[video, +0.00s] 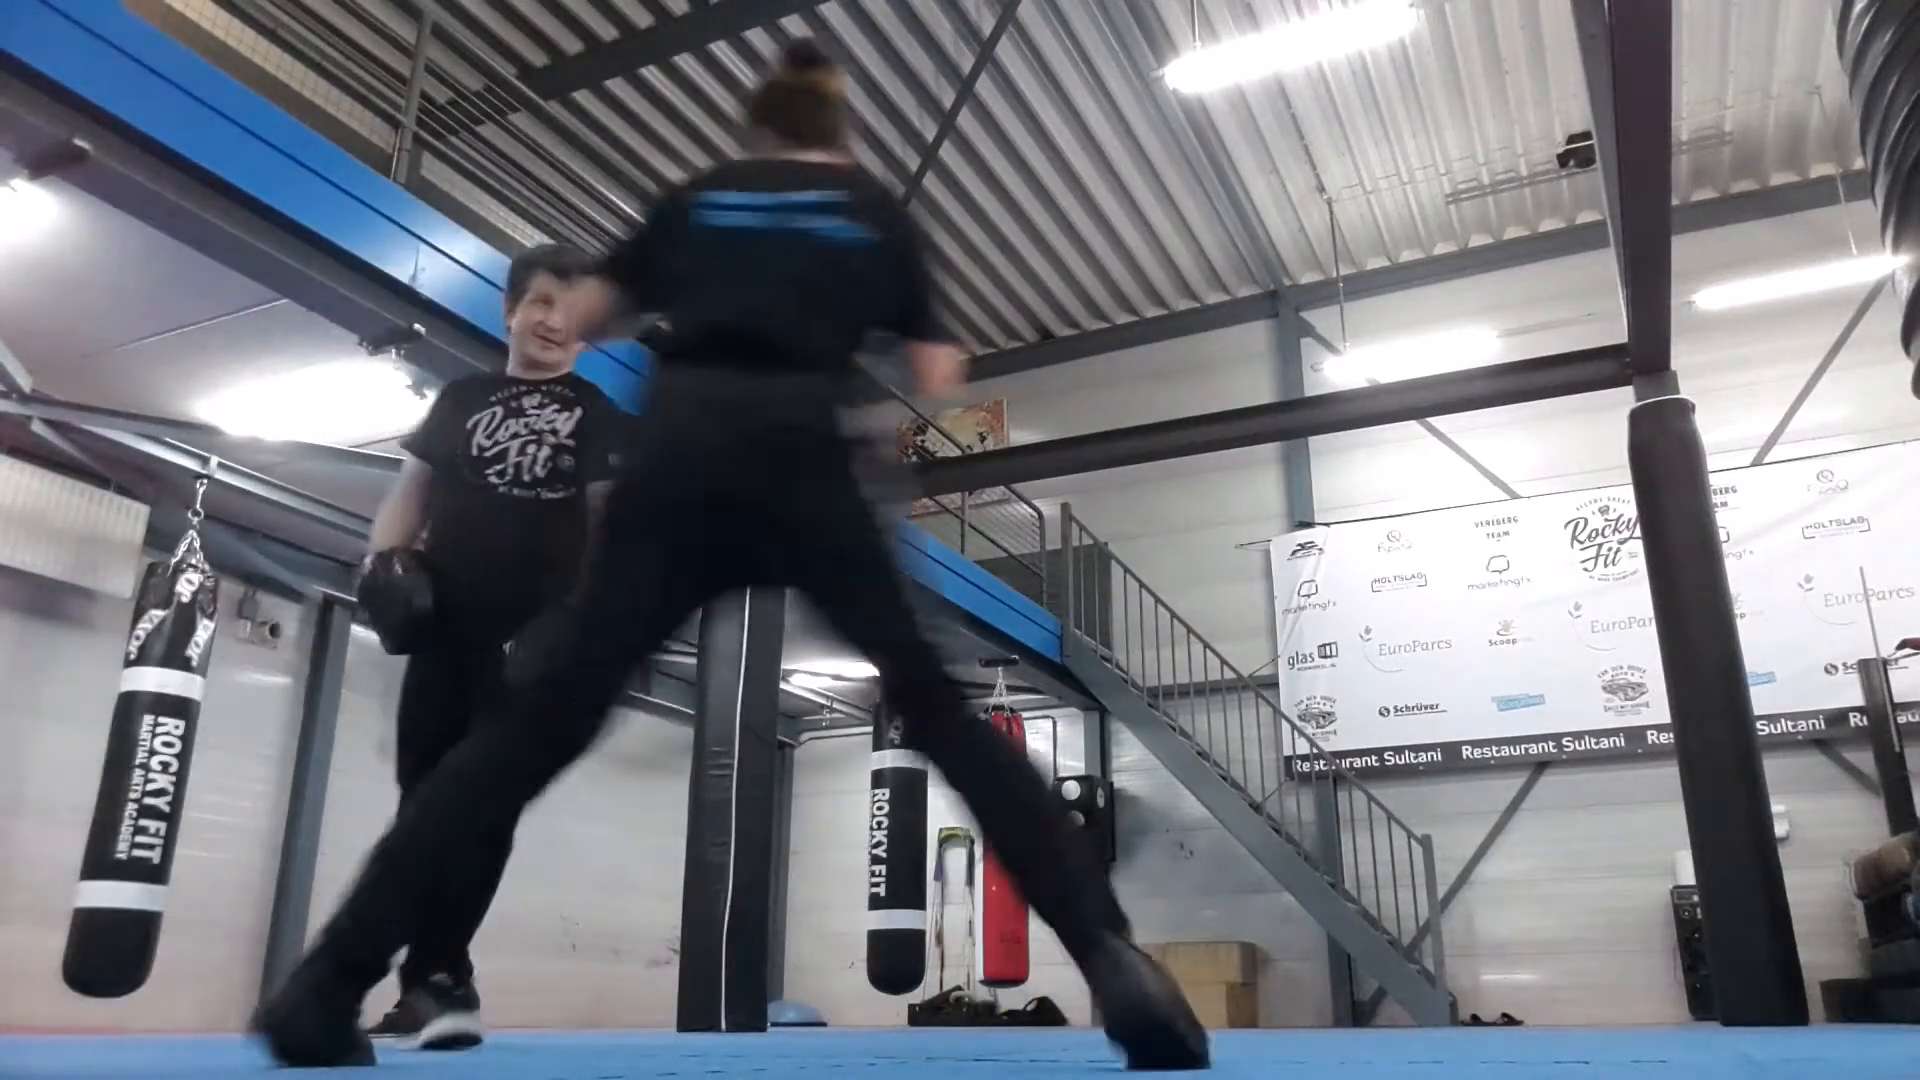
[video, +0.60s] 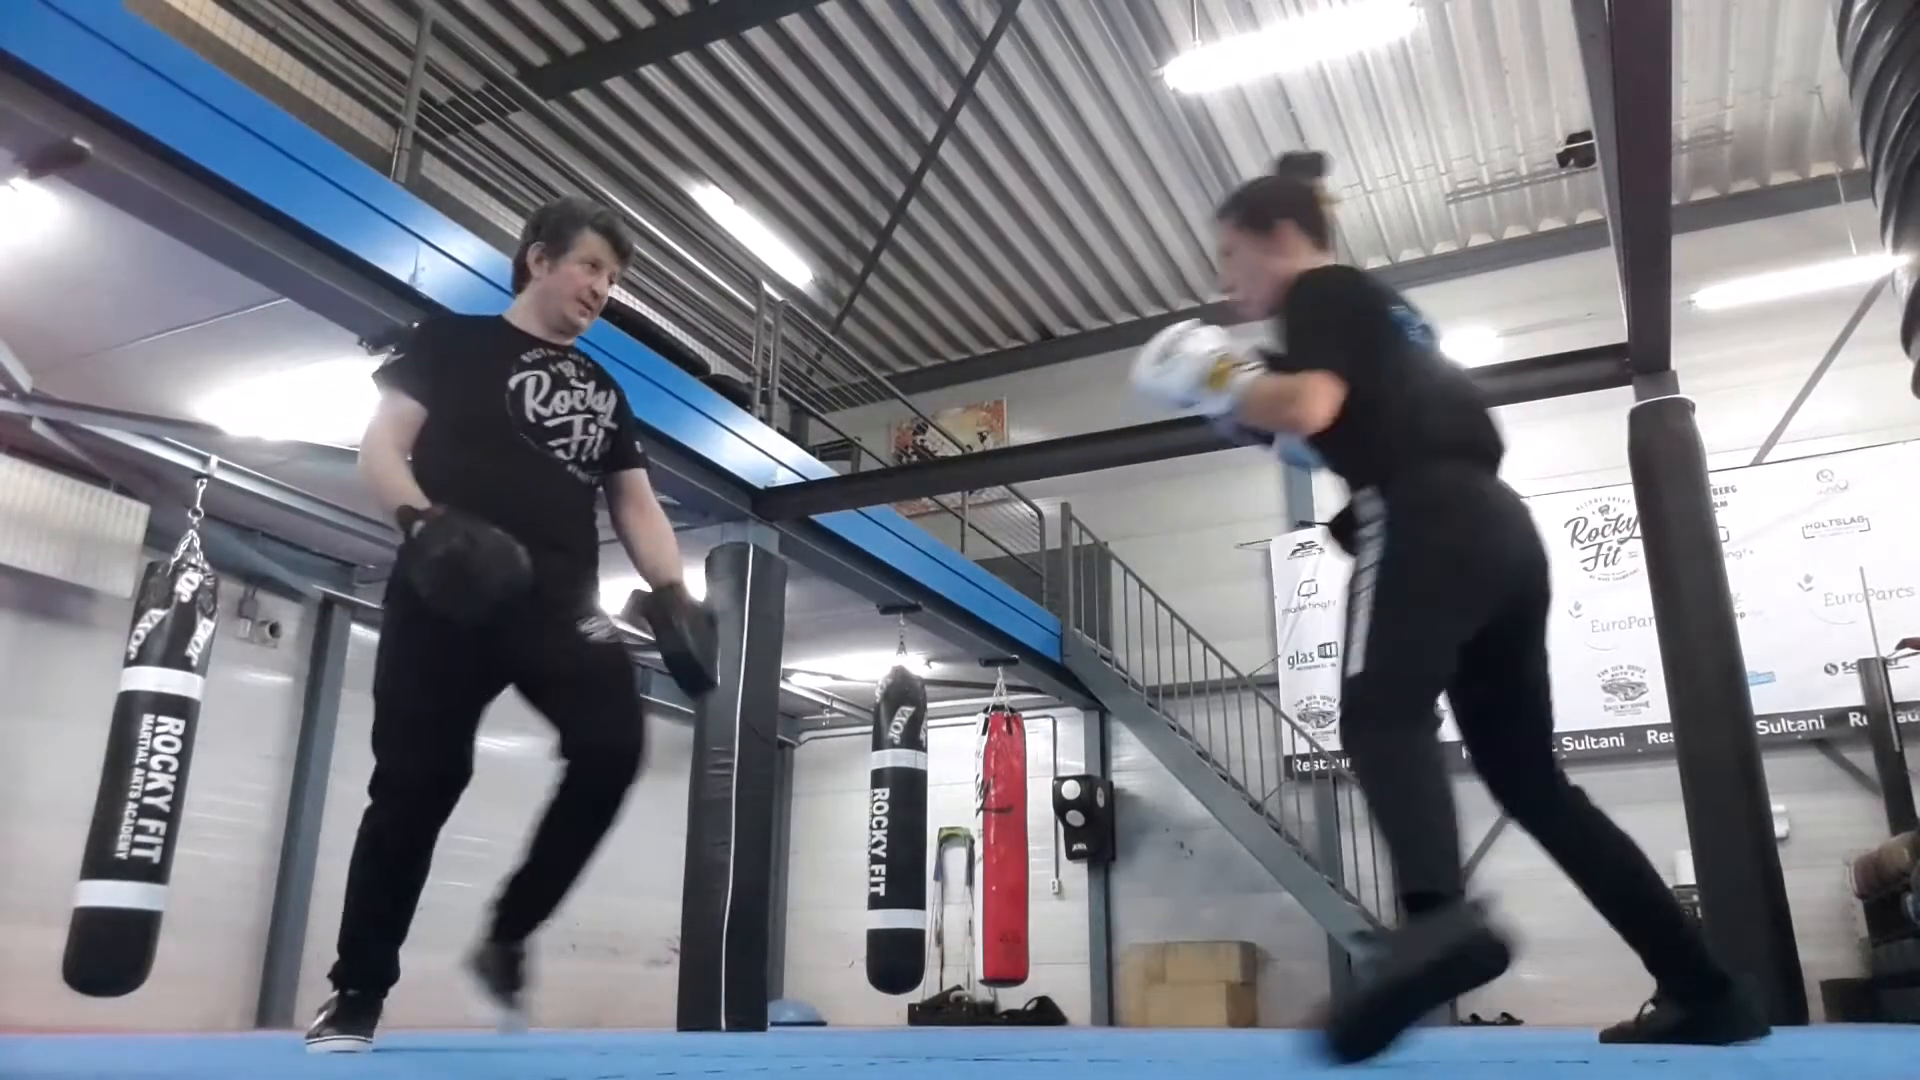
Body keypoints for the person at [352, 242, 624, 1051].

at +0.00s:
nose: (548, 324)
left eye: (565, 314)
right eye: (536, 307)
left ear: (585, 332)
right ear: (510, 312)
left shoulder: (598, 419)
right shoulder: (462, 398)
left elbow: (611, 536)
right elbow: (410, 496)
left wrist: (579, 625)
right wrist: (382, 566)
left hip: (536, 629)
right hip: (448, 618)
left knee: (487, 792)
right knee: (426, 791)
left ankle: (446, 979)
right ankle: (426, 983)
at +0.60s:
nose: (599, 289)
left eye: (609, 279)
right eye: (587, 268)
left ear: (610, 292)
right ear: (536, 261)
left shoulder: (604, 397)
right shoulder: (452, 341)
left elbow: (637, 507)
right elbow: (379, 451)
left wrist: (677, 600)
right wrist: (424, 521)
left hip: (557, 615)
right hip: (445, 597)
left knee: (613, 745)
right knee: (415, 784)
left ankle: (508, 935)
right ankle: (357, 994)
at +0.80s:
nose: (664, 279)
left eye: (672, 269)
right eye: (654, 257)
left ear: (667, 282)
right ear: (600, 248)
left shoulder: (650, 382)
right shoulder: (512, 318)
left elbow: (681, 499)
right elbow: (435, 423)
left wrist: (723, 599)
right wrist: (478, 490)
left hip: (607, 604)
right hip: (495, 590)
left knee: (678, 772)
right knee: (439, 787)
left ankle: (711, 976)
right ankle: (364, 989)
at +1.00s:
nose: (757, 309)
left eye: (762, 296)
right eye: (749, 288)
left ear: (717, 288)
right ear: (698, 277)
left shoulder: (722, 396)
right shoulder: (618, 331)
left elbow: (753, 518)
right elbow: (549, 411)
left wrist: (798, 618)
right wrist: (542, 500)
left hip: (695, 629)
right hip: (596, 614)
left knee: (748, 794)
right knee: (504, 796)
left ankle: (757, 999)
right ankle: (379, 982)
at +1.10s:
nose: (789, 313)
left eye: (795, 301)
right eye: (785, 294)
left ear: (750, 289)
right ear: (739, 279)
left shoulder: (753, 400)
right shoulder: (654, 339)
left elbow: (778, 525)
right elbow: (602, 421)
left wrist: (823, 620)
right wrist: (589, 512)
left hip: (727, 626)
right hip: (641, 607)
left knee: (764, 791)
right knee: (576, 775)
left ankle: (756, 997)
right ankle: (430, 957)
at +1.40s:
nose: (843, 291)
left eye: (842, 281)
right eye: (834, 275)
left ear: (796, 275)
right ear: (793, 268)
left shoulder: (794, 367)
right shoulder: (745, 320)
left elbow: (801, 514)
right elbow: (696, 406)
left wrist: (835, 618)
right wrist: (735, 501)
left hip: (756, 596)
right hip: (721, 583)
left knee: (741, 777)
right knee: (745, 777)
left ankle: (717, 985)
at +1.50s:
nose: (850, 291)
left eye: (851, 280)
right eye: (843, 274)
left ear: (802, 272)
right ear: (802, 265)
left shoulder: (792, 355)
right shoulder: (755, 317)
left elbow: (793, 503)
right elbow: (713, 402)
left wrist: (830, 611)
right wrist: (772, 494)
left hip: (767, 588)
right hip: (733, 578)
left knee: (759, 780)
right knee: (749, 778)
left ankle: (752, 989)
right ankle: (716, 992)